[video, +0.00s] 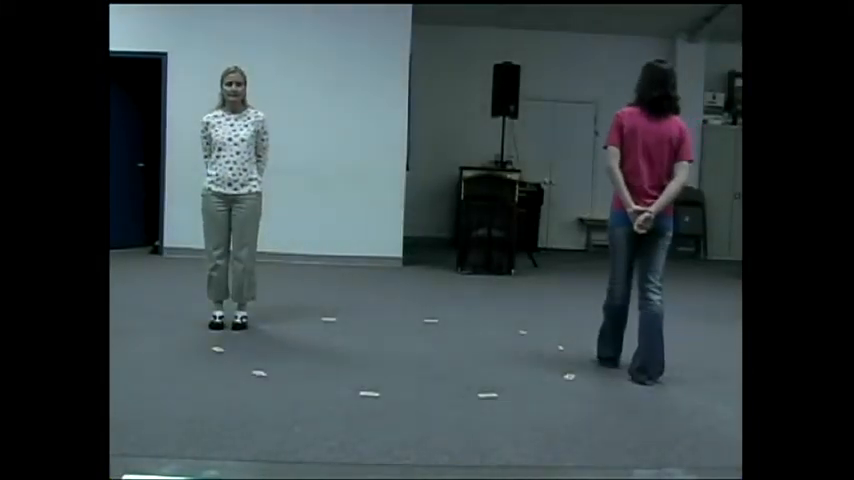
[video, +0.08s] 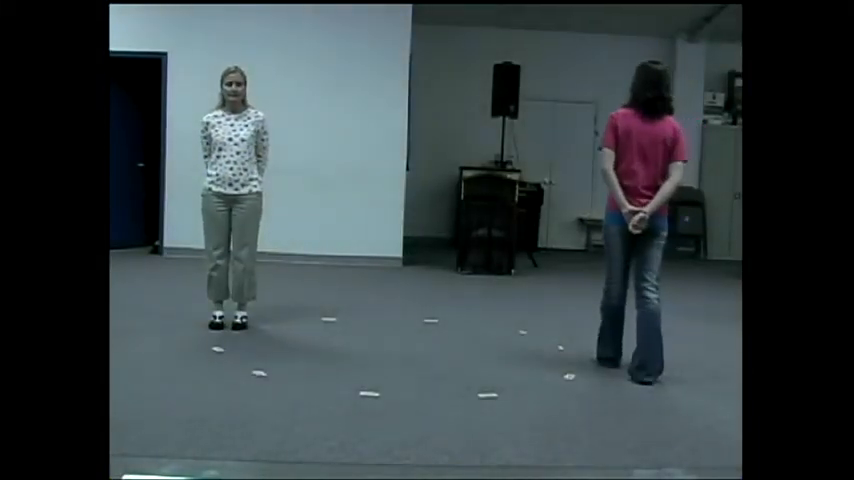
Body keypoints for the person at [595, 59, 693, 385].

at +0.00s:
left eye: (645, 82)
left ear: (641, 86)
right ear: (672, 90)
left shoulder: (624, 118)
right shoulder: (679, 127)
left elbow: (613, 163)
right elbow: (680, 178)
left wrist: (630, 206)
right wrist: (653, 211)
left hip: (625, 213)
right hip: (660, 216)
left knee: (618, 289)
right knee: (652, 291)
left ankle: (608, 353)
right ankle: (648, 369)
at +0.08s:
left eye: (639, 83)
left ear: (634, 87)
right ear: (665, 90)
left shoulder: (618, 120)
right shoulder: (673, 128)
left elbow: (607, 166)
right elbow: (674, 178)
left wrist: (625, 206)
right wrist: (648, 211)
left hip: (619, 213)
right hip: (654, 216)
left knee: (614, 288)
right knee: (649, 290)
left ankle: (608, 354)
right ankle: (647, 368)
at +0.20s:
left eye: (632, 82)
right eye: (650, 83)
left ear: (628, 86)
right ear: (658, 89)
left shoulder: (613, 119)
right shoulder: (667, 126)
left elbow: (602, 165)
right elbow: (668, 177)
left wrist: (620, 203)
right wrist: (642, 209)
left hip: (614, 210)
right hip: (650, 213)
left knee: (611, 286)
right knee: (645, 285)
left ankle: (607, 354)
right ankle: (645, 363)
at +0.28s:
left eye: (626, 82)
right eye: (645, 84)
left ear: (622, 86)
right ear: (651, 89)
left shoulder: (607, 119)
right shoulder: (659, 125)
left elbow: (598, 163)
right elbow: (661, 174)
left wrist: (615, 203)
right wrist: (636, 209)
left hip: (610, 210)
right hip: (643, 212)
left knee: (609, 286)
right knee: (638, 282)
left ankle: (606, 353)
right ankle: (643, 358)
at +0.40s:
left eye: (619, 84)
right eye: (638, 85)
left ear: (615, 88)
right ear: (645, 91)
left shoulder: (603, 120)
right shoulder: (654, 127)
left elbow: (593, 164)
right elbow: (655, 175)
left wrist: (611, 203)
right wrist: (632, 210)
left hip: (606, 210)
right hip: (639, 212)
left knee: (607, 282)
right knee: (631, 279)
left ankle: (606, 353)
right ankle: (636, 347)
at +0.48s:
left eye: (613, 85)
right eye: (633, 85)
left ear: (611, 88)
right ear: (640, 91)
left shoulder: (599, 120)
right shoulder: (648, 126)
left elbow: (590, 164)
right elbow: (651, 174)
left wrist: (609, 202)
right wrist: (630, 209)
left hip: (603, 208)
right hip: (635, 211)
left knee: (606, 277)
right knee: (622, 273)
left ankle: (605, 350)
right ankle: (627, 341)